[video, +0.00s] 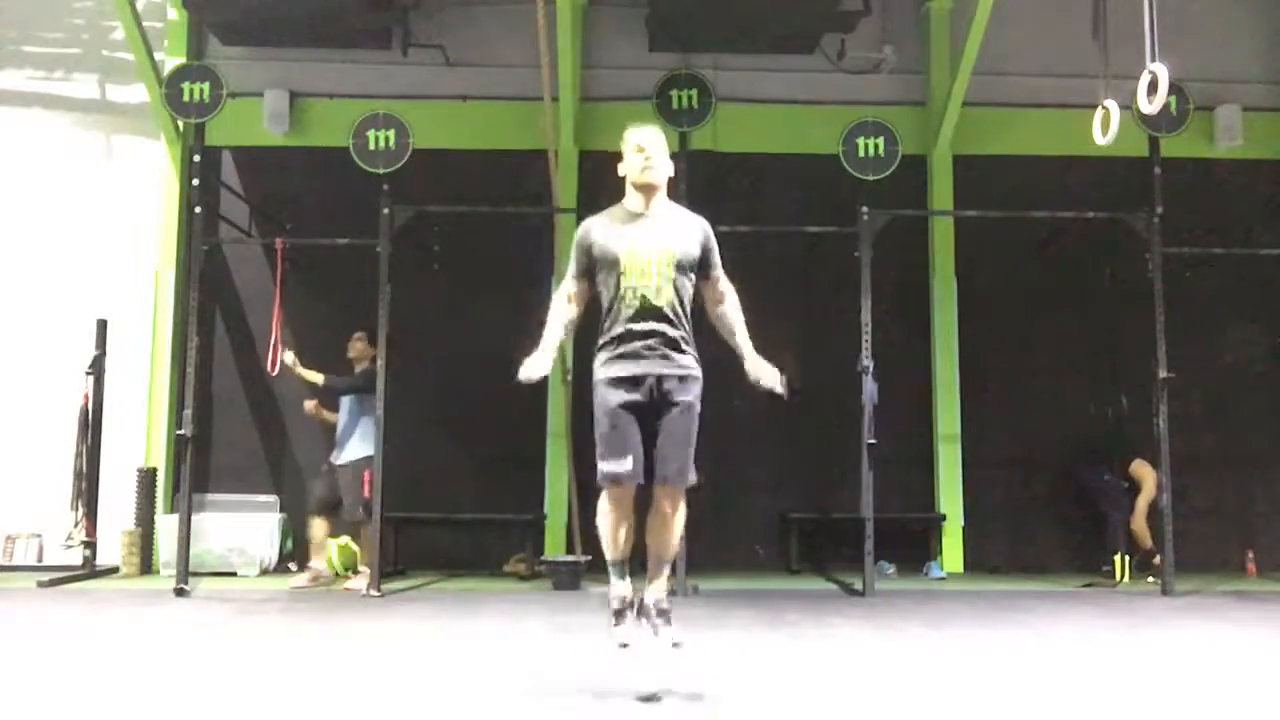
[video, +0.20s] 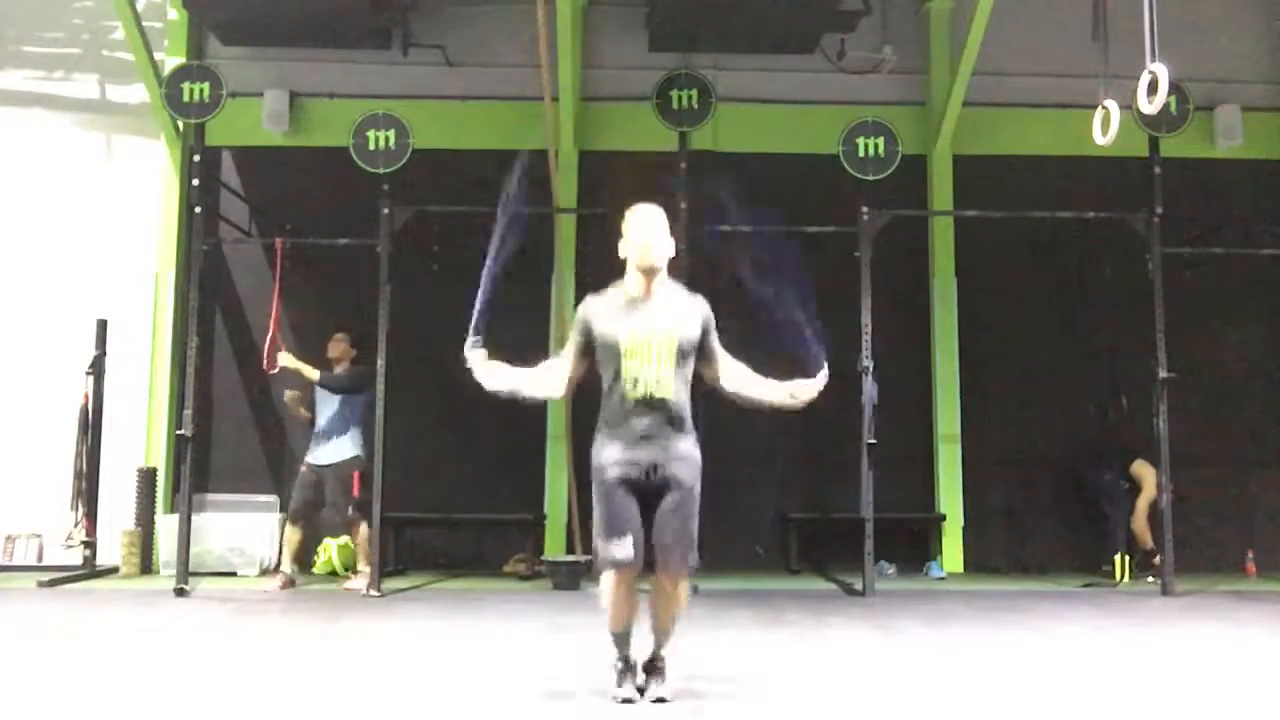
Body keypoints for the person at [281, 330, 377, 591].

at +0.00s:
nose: (352, 344)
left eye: (359, 340)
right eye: (351, 340)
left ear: (373, 350)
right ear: (350, 349)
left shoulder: (373, 376)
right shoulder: (351, 382)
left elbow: (343, 385)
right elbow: (347, 422)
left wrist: (299, 370)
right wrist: (320, 412)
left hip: (361, 456)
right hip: (340, 455)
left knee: (362, 516)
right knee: (319, 507)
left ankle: (367, 571)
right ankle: (318, 567)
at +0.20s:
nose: (332, 343)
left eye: (339, 340)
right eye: (332, 339)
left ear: (353, 350)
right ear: (329, 349)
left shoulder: (363, 375)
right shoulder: (322, 380)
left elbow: (337, 384)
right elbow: (318, 420)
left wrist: (296, 365)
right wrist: (296, 408)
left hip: (346, 454)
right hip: (316, 455)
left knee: (352, 514)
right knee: (296, 512)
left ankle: (364, 572)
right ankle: (286, 572)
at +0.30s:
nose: (324, 346)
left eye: (331, 342)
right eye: (322, 341)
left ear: (342, 350)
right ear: (316, 344)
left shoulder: (349, 374)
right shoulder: (303, 377)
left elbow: (336, 384)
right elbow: (291, 412)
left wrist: (301, 362)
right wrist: (280, 395)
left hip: (334, 454)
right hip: (304, 453)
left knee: (337, 512)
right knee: (291, 511)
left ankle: (363, 567)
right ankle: (286, 572)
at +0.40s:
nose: (314, 346)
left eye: (321, 342)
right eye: (311, 342)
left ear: (332, 349)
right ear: (304, 345)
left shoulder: (337, 374)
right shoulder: (292, 374)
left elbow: (335, 381)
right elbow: (268, 399)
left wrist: (301, 357)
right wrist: (269, 378)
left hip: (326, 453)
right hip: (294, 454)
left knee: (334, 512)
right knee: (286, 514)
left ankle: (360, 566)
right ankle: (285, 571)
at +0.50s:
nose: (308, 350)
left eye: (314, 345)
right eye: (304, 345)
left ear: (322, 350)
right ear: (295, 348)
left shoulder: (327, 375)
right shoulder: (286, 374)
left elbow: (336, 381)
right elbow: (262, 386)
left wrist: (303, 354)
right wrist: (266, 363)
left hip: (321, 453)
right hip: (288, 455)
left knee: (330, 511)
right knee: (283, 514)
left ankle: (354, 566)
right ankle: (285, 572)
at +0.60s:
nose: (298, 351)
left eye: (303, 346)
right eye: (294, 346)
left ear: (312, 349)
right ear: (288, 349)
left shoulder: (320, 373)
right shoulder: (278, 373)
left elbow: (331, 377)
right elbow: (261, 379)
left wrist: (304, 351)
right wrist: (270, 354)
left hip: (319, 452)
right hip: (284, 454)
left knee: (327, 509)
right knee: (280, 515)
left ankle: (339, 565)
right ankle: (284, 571)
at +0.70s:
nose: (295, 355)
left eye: (299, 351)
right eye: (290, 351)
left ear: (307, 352)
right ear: (283, 353)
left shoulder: (319, 374)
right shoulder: (273, 375)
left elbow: (330, 376)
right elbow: (260, 377)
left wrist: (306, 349)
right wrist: (273, 351)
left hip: (317, 452)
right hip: (282, 453)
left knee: (324, 510)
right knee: (279, 515)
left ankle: (326, 566)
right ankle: (283, 570)